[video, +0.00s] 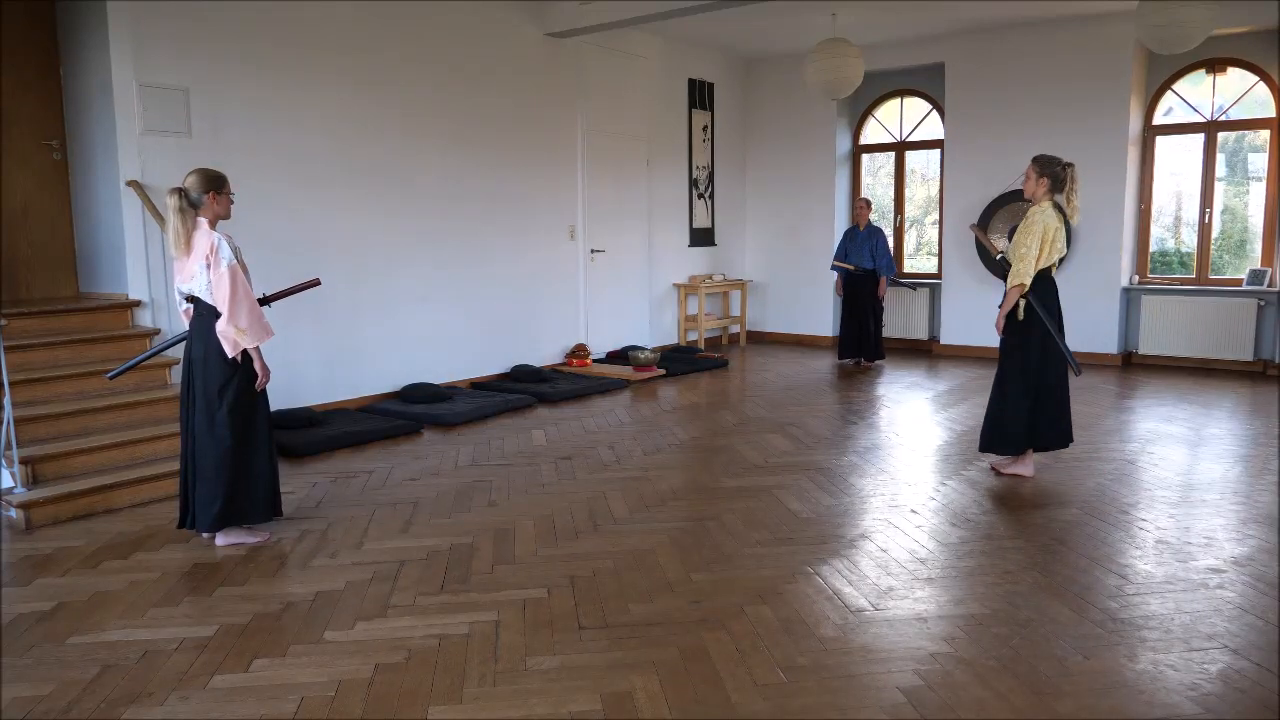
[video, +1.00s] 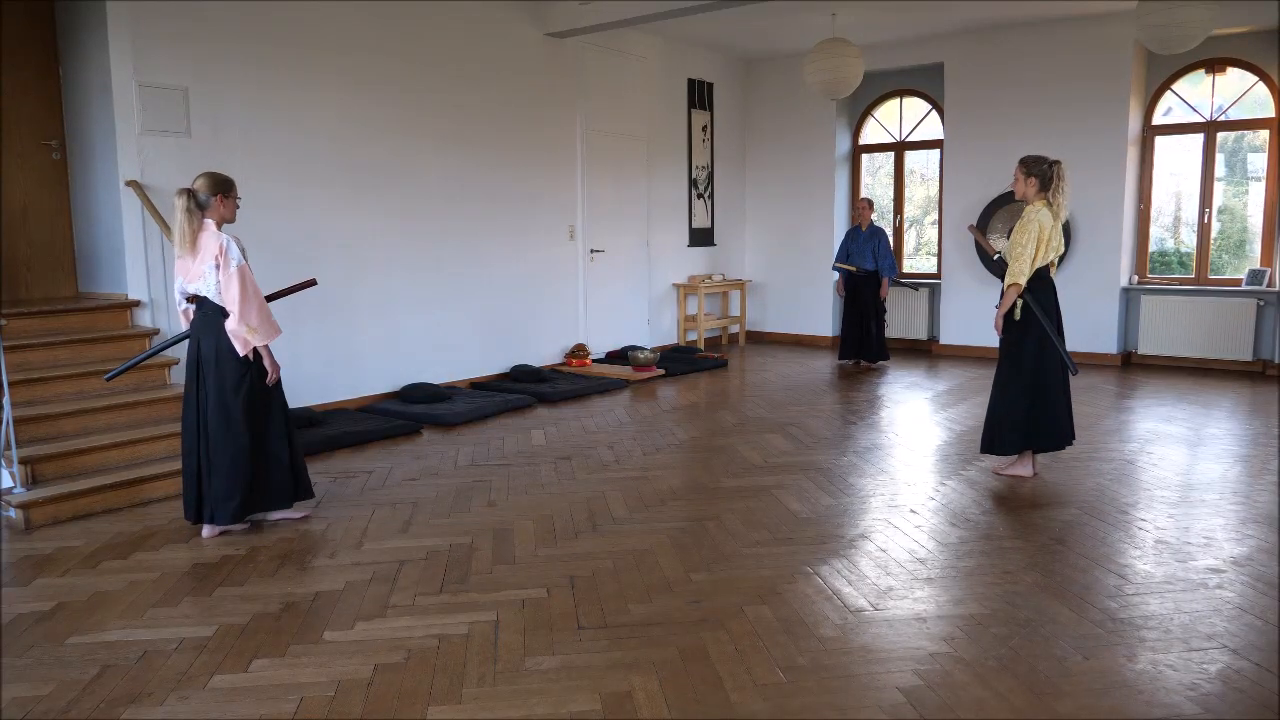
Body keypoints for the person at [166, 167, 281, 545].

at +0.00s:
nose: (232, 202)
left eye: (231, 195)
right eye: (229, 196)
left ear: (203, 199)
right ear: (212, 199)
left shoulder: (184, 241)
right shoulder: (218, 242)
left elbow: (186, 304)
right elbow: (234, 304)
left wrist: (207, 331)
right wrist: (255, 352)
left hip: (200, 344)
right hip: (225, 345)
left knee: (209, 432)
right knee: (232, 433)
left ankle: (212, 521)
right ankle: (230, 526)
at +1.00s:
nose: (237, 206)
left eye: (236, 199)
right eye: (234, 200)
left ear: (203, 202)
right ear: (219, 202)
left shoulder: (186, 245)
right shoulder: (224, 244)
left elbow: (185, 303)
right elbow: (242, 304)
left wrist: (201, 334)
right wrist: (264, 349)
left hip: (201, 340)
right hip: (232, 339)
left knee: (213, 425)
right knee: (260, 415)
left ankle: (216, 515)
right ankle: (276, 502)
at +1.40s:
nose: (266, 209)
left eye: (266, 203)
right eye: (264, 203)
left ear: (236, 205)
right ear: (249, 204)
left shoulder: (215, 248)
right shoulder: (255, 244)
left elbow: (212, 306)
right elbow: (270, 303)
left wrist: (229, 333)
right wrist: (288, 349)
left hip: (226, 339)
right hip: (257, 339)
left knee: (227, 422)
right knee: (281, 413)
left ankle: (217, 512)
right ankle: (304, 494)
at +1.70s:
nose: (297, 205)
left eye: (295, 199)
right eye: (294, 199)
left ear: (264, 202)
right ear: (281, 202)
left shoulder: (246, 244)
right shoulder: (290, 240)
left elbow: (247, 300)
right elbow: (306, 297)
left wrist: (264, 325)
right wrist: (324, 340)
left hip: (262, 330)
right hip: (292, 331)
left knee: (261, 411)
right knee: (305, 410)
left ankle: (232, 494)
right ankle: (309, 491)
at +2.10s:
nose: (329, 207)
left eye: (328, 202)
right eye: (327, 202)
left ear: (300, 204)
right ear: (313, 203)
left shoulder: (281, 244)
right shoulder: (321, 240)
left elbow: (281, 298)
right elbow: (335, 296)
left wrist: (298, 323)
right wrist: (352, 338)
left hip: (297, 330)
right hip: (323, 330)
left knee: (307, 408)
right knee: (327, 407)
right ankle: (308, 491)